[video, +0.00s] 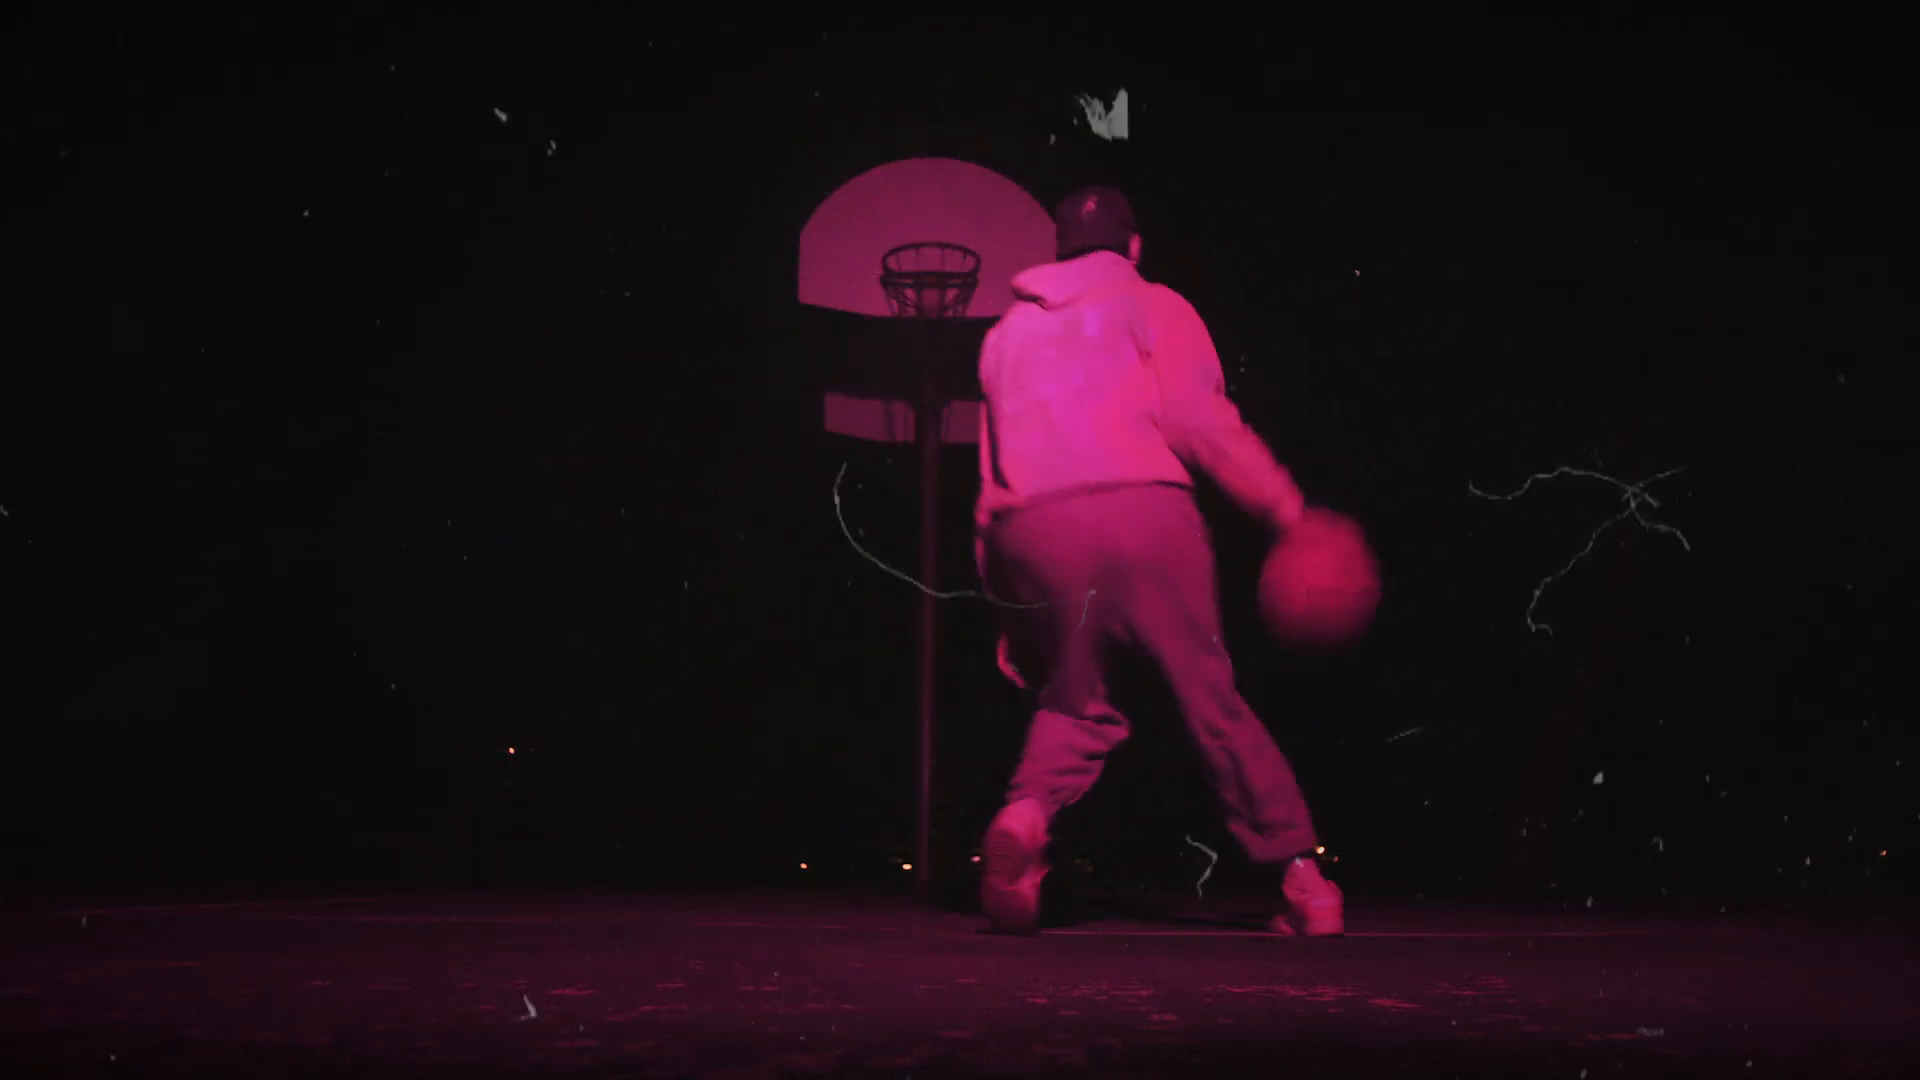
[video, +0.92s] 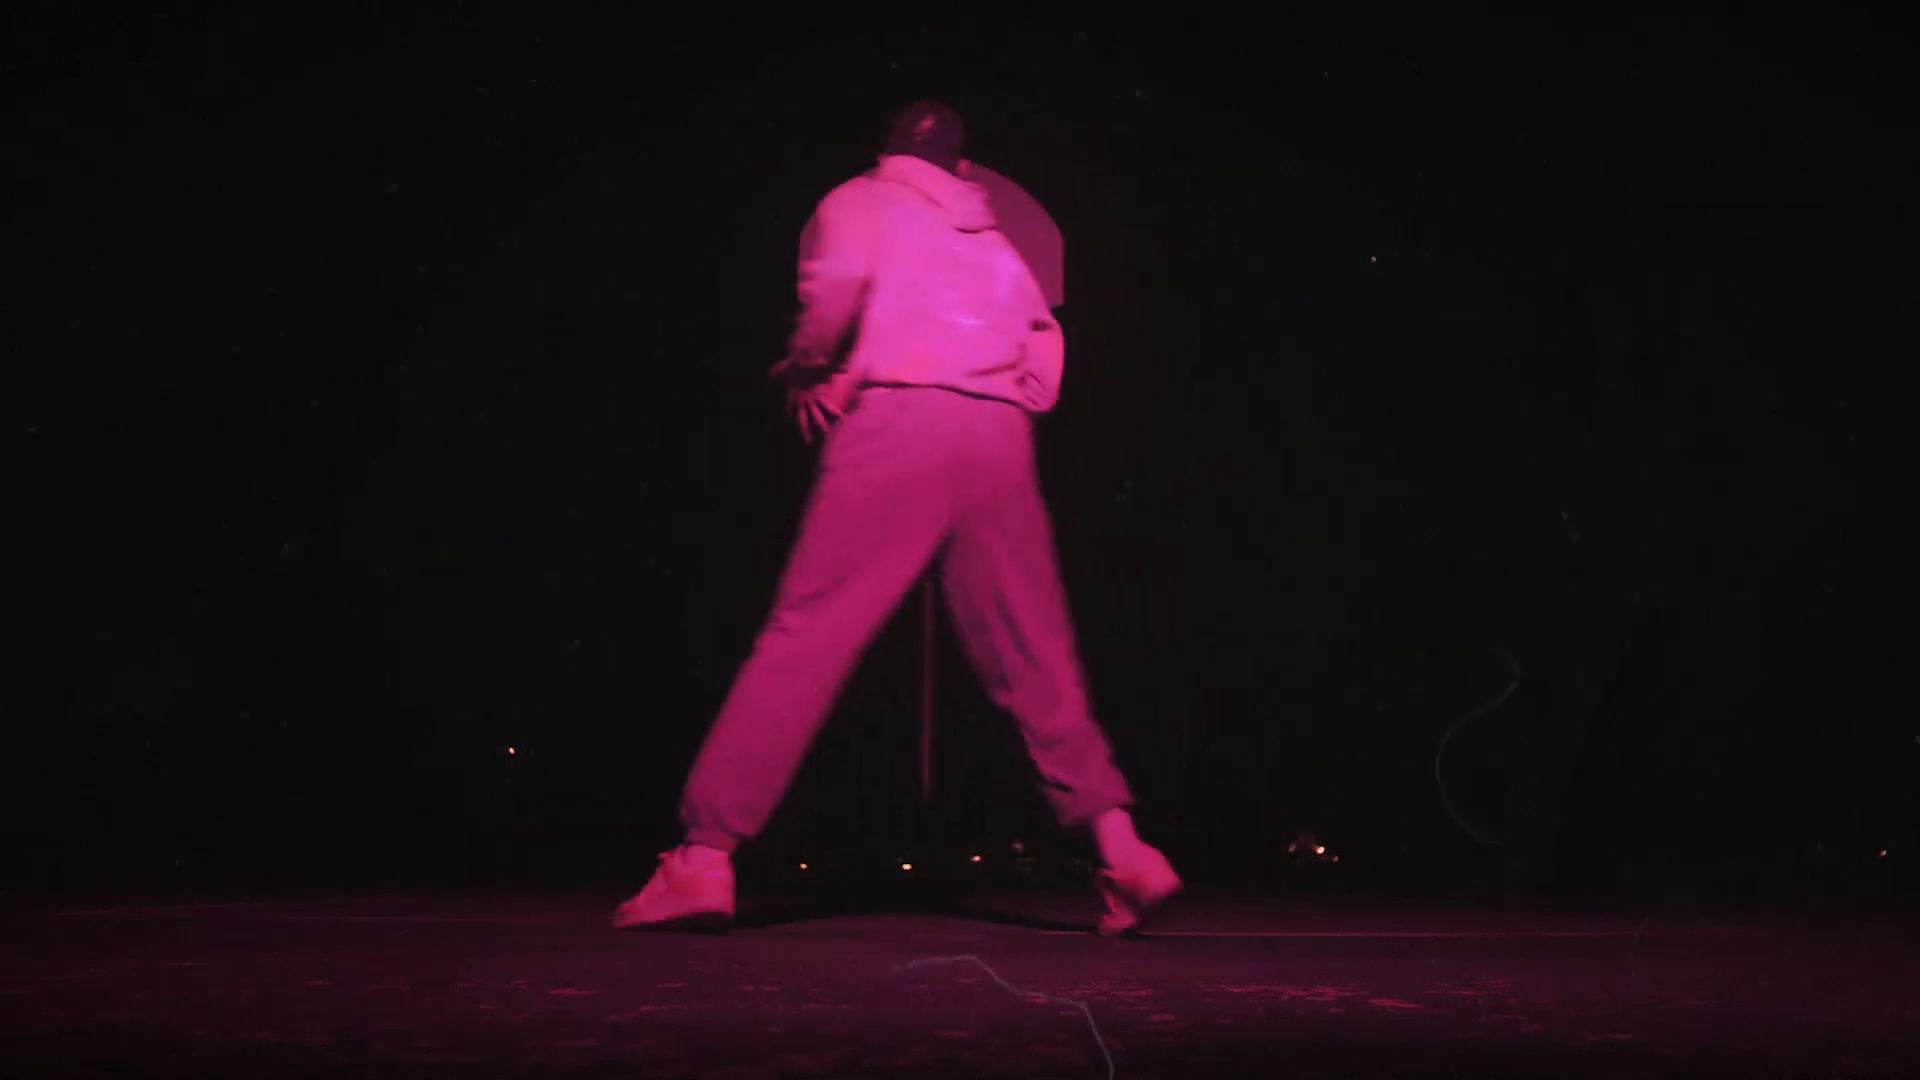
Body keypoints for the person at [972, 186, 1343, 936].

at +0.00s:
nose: (1142, 256)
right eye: (1141, 246)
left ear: (1058, 250)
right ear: (1132, 248)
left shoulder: (1004, 337)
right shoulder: (1155, 306)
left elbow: (995, 486)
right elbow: (1197, 414)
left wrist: (1010, 613)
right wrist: (1287, 508)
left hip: (1040, 529)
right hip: (1144, 515)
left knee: (1075, 702)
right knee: (1210, 697)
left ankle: (1024, 815)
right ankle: (1298, 869)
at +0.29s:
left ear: (1018, 219)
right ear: (1096, 222)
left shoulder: (995, 290)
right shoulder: (1145, 289)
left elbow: (997, 388)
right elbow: (1212, 397)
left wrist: (992, 490)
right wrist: (1256, 508)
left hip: (1072, 492)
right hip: (1174, 484)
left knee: (1091, 692)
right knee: (1213, 681)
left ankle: (1079, 878)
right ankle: (1291, 866)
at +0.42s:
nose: (993, 173)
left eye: (995, 154)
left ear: (998, 153)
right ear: (1070, 161)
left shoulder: (989, 197)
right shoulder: (1121, 231)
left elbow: (969, 267)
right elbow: (1197, 355)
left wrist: (928, 346)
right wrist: (1200, 450)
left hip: (1059, 419)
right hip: (1159, 416)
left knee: (1061, 637)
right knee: (1187, 625)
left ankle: (1071, 865)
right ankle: (1217, 837)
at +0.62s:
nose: (980, 146)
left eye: (982, 135)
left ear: (989, 134)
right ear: (1057, 142)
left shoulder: (980, 172)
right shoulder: (1101, 217)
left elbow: (937, 239)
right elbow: (1135, 322)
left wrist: (858, 293)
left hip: (1039, 399)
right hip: (1135, 408)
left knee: (1002, 613)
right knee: (1134, 622)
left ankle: (967, 850)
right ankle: (1161, 852)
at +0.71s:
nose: (964, 174)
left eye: (967, 160)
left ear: (976, 156)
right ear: (1048, 167)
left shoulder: (966, 197)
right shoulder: (1091, 250)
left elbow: (942, 274)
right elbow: (1054, 367)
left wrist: (855, 329)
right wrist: (948, 409)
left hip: (1017, 434)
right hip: (1115, 443)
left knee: (940, 640)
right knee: (1116, 662)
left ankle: (877, 856)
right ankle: (1162, 879)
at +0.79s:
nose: (940, 174)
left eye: (944, 162)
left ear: (946, 166)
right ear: (1024, 183)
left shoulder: (933, 206)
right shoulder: (1055, 257)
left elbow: (927, 304)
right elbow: (1007, 390)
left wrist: (847, 355)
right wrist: (887, 420)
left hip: (984, 443)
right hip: (1084, 453)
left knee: (885, 640)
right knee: (1090, 668)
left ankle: (787, 848)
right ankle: (1158, 878)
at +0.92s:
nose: (884, 154)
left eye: (886, 143)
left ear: (887, 150)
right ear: (962, 158)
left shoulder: (856, 202)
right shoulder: (1011, 233)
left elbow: (831, 303)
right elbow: (1043, 380)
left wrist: (800, 369)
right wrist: (961, 393)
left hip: (893, 427)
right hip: (999, 441)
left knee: (807, 634)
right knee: (1032, 644)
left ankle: (704, 854)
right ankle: (1119, 845)